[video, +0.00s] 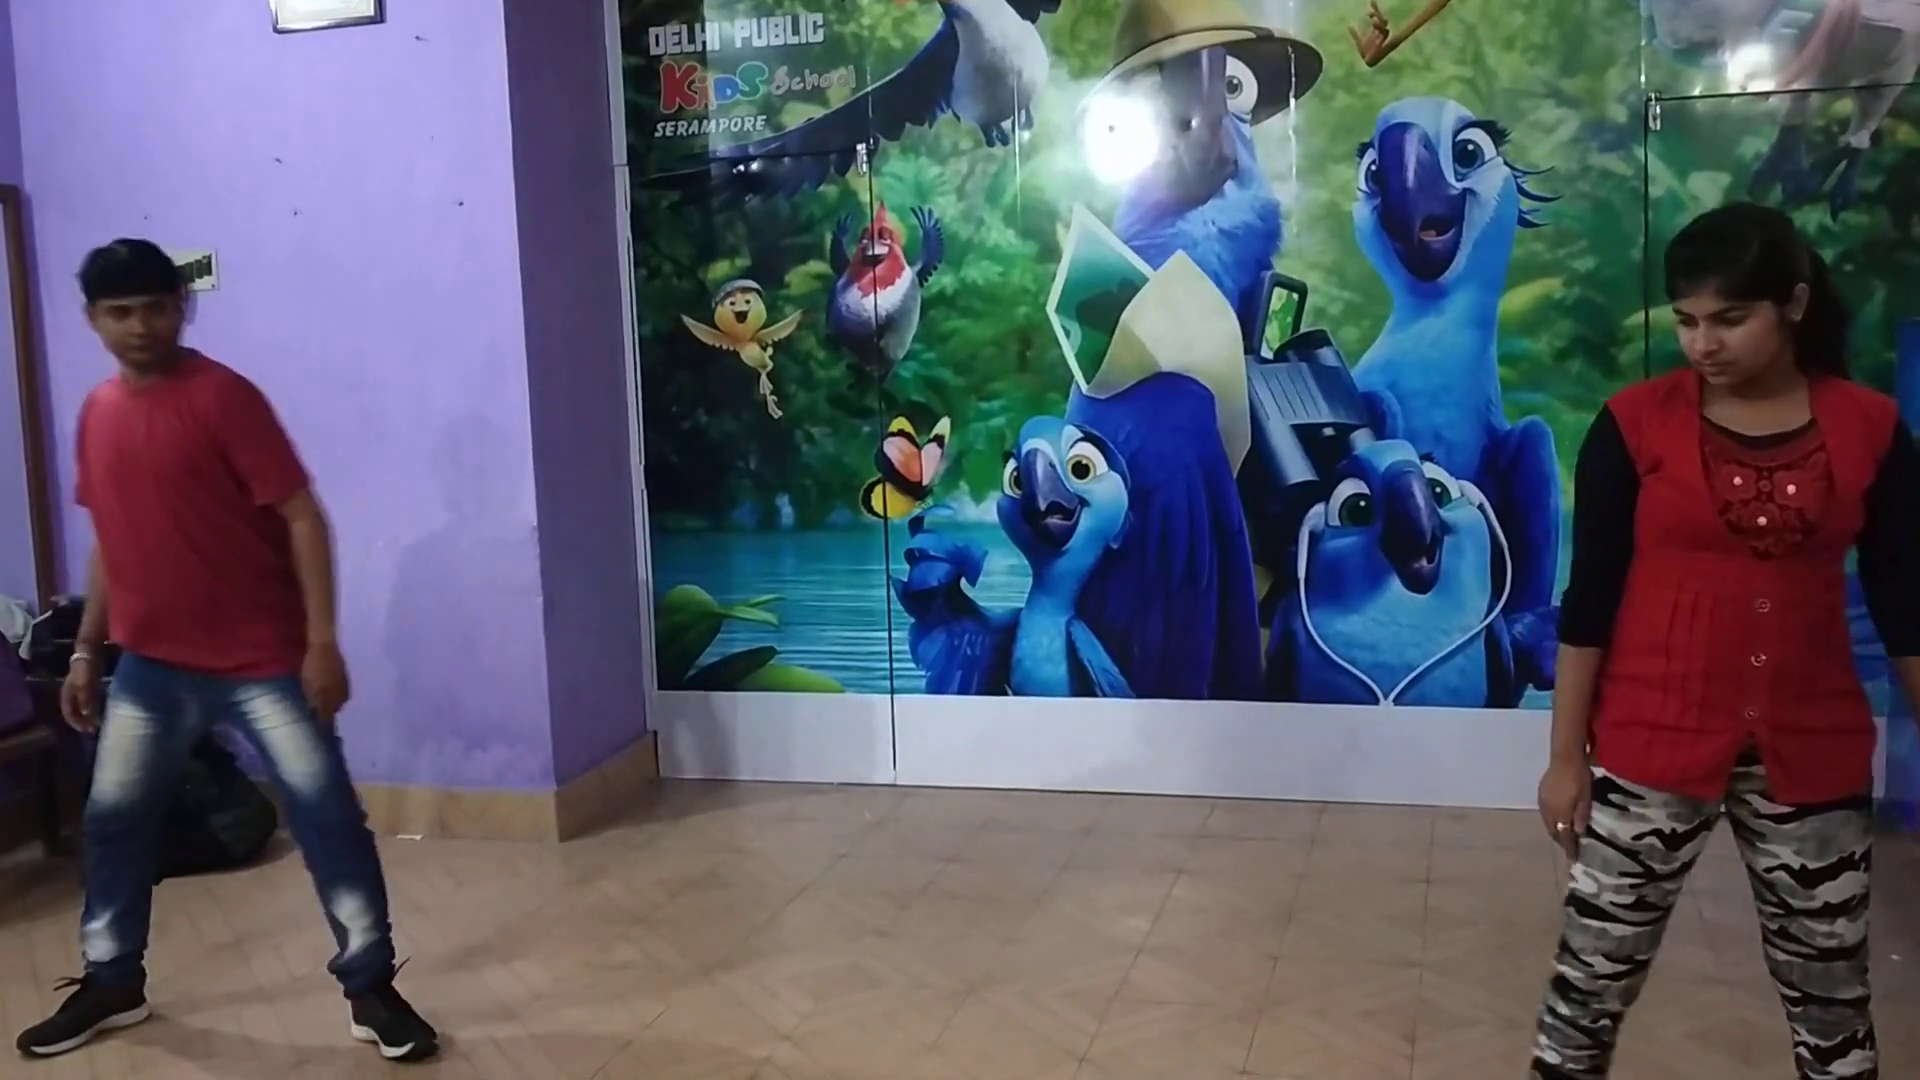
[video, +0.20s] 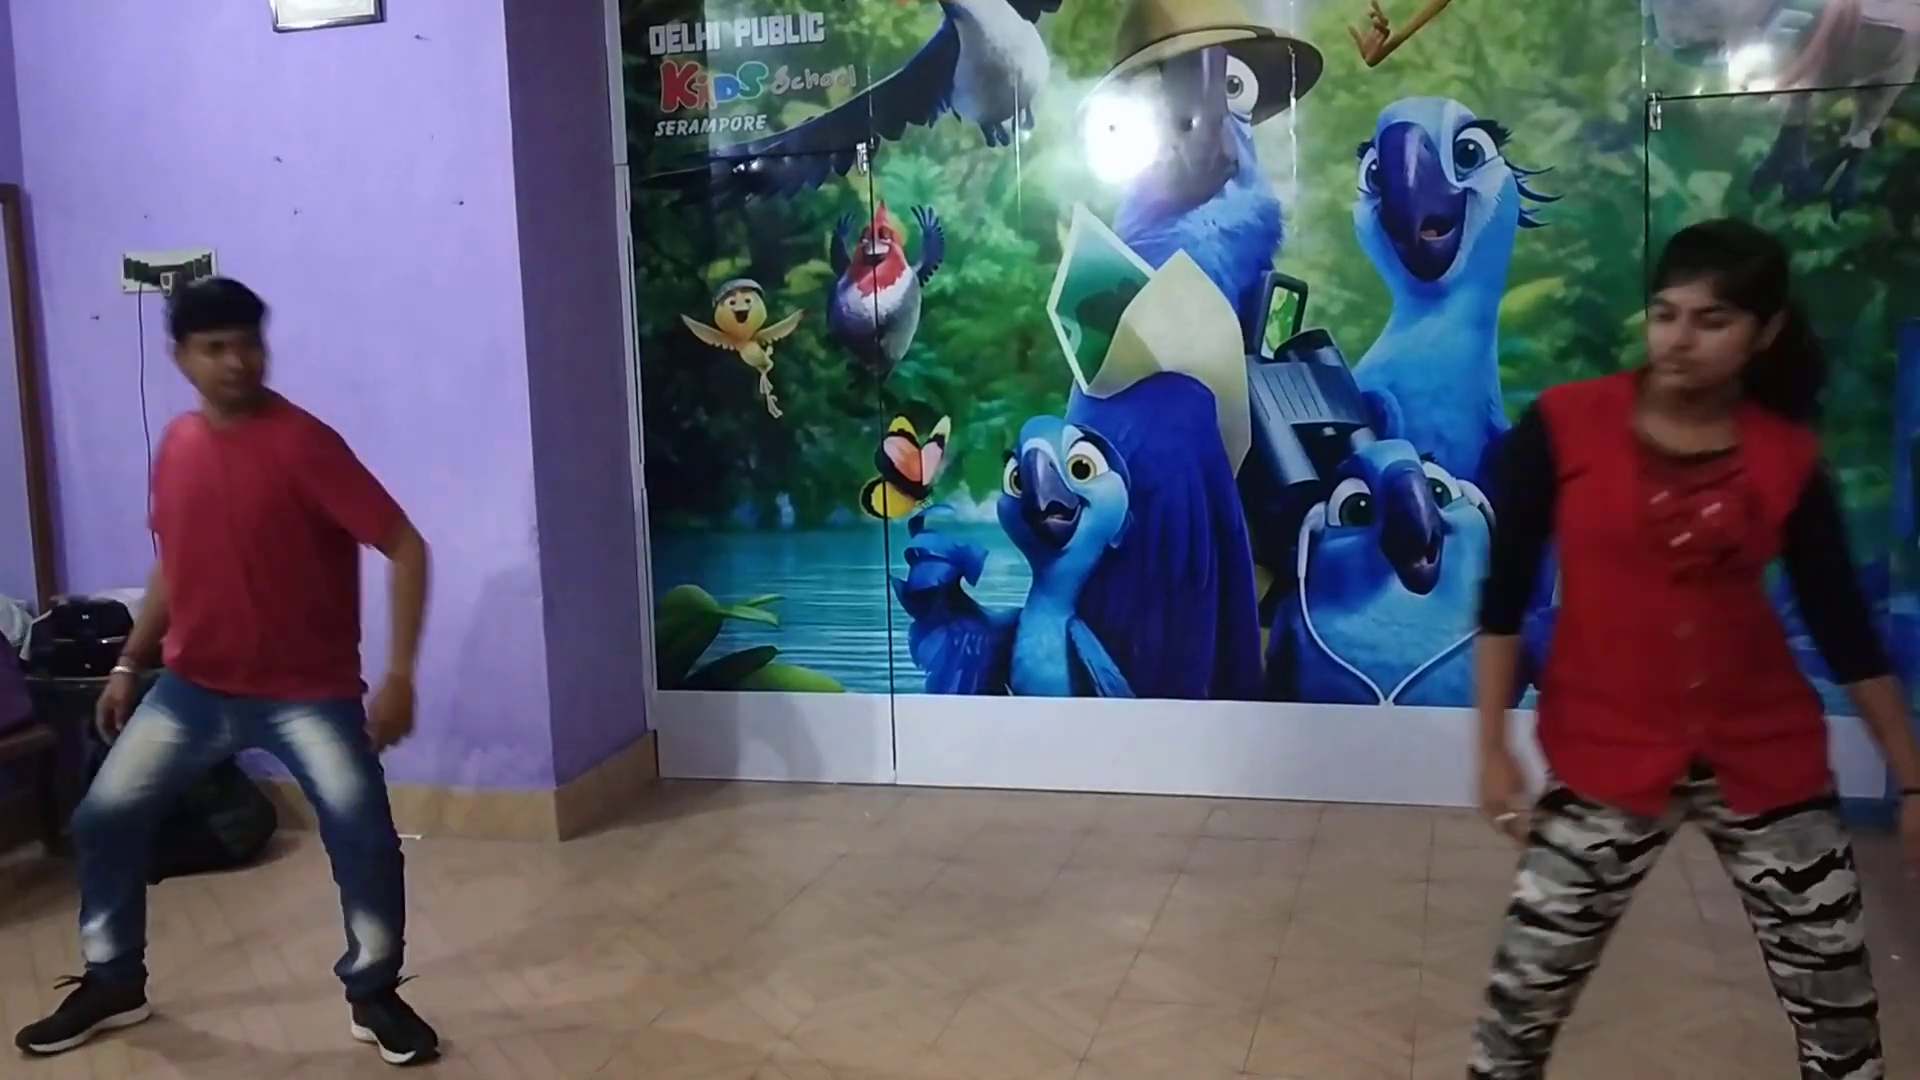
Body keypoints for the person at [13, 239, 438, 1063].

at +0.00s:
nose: (140, 327)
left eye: (155, 309)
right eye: (120, 313)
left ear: (180, 310)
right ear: (93, 320)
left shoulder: (226, 398)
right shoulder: (99, 411)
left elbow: (304, 515)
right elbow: (108, 535)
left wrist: (323, 646)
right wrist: (87, 650)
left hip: (259, 660)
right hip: (150, 663)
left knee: (324, 800)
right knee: (114, 808)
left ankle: (371, 985)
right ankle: (112, 978)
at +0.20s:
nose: (236, 362)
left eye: (247, 346)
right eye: (215, 349)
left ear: (263, 349)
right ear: (182, 358)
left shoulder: (305, 443)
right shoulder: (177, 443)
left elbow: (407, 548)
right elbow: (174, 561)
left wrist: (398, 678)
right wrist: (129, 667)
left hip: (306, 690)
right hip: (196, 684)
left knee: (359, 812)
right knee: (106, 812)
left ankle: (376, 992)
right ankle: (112, 980)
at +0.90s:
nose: (161, 378)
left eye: (172, 361)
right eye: (142, 361)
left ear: (184, 356)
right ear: (98, 357)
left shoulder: (216, 444)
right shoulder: (69, 415)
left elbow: (279, 560)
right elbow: (62, 517)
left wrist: (319, 673)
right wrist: (49, 622)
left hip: (222, 660)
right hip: (106, 657)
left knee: (295, 807)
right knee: (35, 807)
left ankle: (371, 982)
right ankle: (94, 959)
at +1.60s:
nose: (276, 319)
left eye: (285, 304)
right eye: (256, 305)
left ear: (298, 310)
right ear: (209, 312)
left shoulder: (342, 410)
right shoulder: (164, 406)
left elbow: (373, 532)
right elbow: (130, 520)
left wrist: (394, 647)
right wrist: (106, 644)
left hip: (323, 662)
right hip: (205, 663)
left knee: (351, 827)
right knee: (171, 835)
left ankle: (329, 993)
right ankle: (110, 960)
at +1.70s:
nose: (336, 316)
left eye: (343, 301)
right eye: (316, 302)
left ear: (354, 307)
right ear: (265, 309)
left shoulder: (394, 409)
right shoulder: (214, 404)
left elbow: (423, 532)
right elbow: (174, 518)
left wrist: (443, 647)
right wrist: (145, 644)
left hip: (365, 665)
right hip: (247, 662)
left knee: (374, 844)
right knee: (250, 836)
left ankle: (333, 987)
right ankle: (222, 992)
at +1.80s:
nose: (392, 317)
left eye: (400, 302)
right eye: (372, 303)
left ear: (410, 308)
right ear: (320, 309)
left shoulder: (446, 413)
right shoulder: (267, 405)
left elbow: (474, 537)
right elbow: (218, 526)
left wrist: (505, 653)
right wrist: (183, 657)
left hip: (412, 671)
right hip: (302, 665)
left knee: (407, 865)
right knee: (351, 815)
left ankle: (334, 973)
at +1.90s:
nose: (456, 317)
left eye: (463, 301)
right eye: (436, 301)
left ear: (472, 306)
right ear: (379, 307)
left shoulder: (502, 414)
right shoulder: (321, 409)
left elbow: (543, 539)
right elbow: (262, 536)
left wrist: (586, 651)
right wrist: (213, 666)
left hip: (464, 678)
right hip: (359, 672)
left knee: (443, 867)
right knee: (439, 859)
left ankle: (347, 971)